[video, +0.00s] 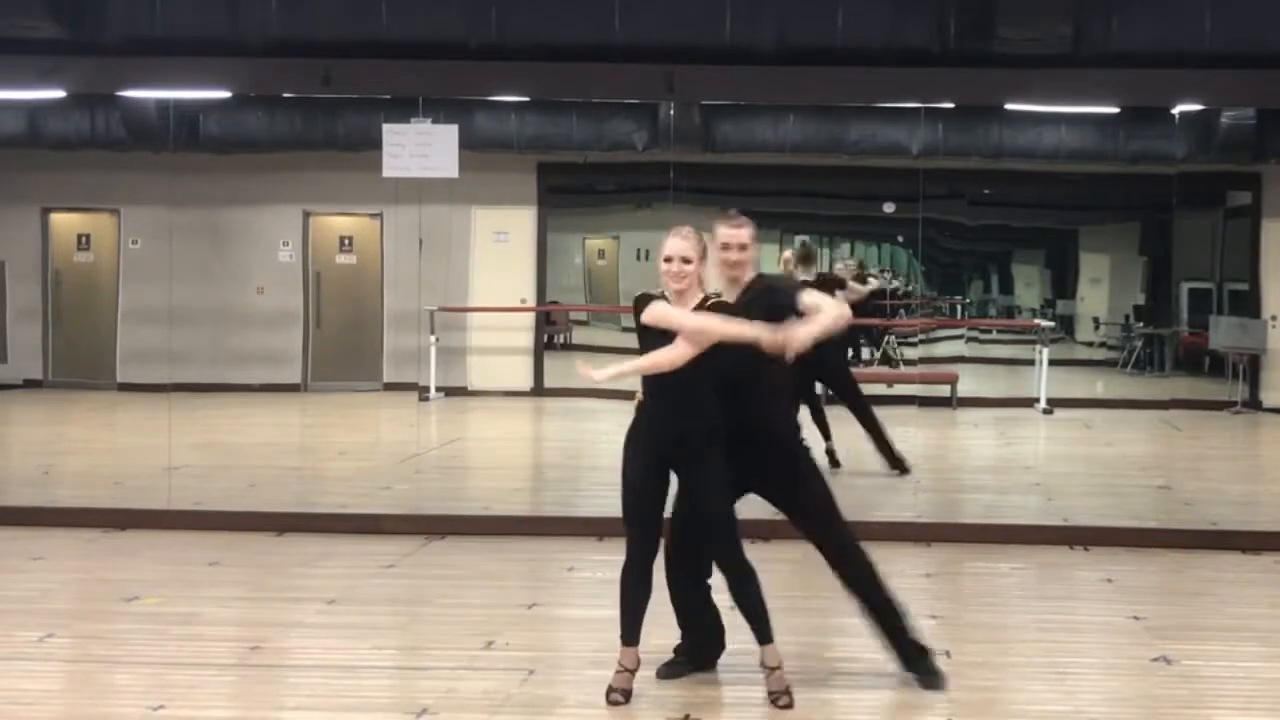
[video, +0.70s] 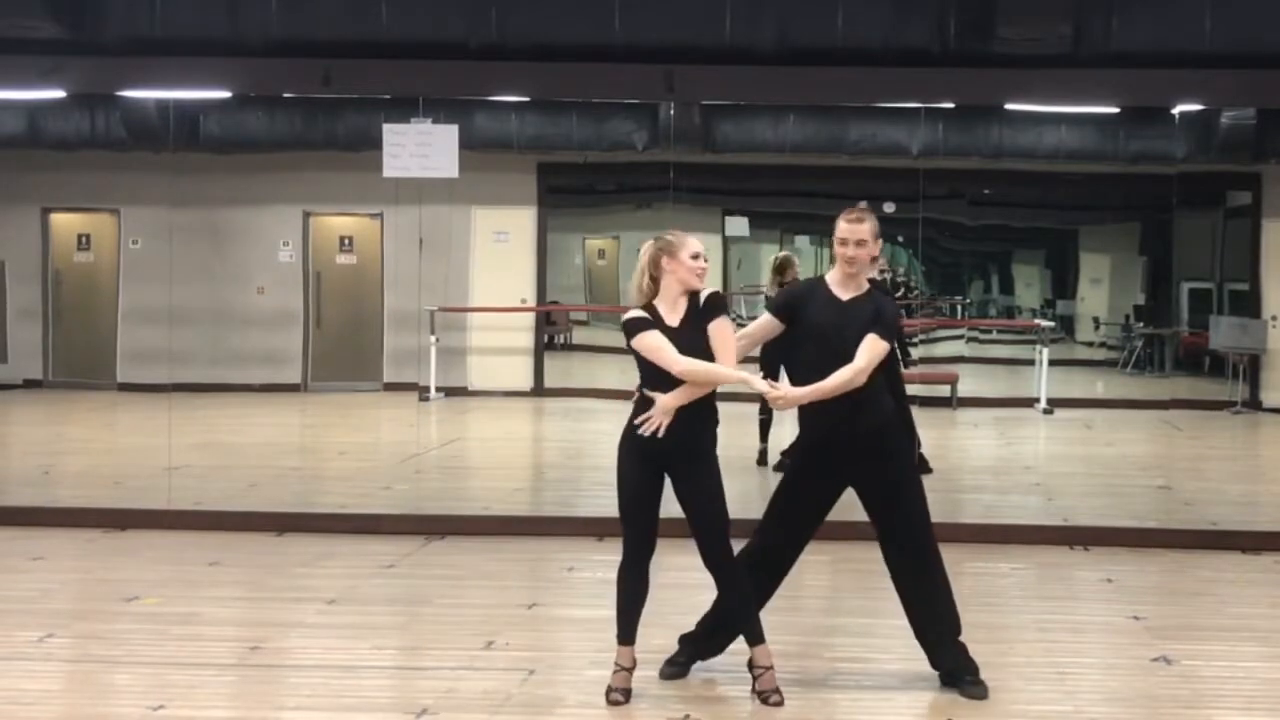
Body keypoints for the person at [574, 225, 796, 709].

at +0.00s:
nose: (676, 269)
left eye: (686, 261)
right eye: (669, 260)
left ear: (701, 265)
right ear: (658, 265)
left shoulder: (718, 312)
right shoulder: (646, 305)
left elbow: (677, 357)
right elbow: (690, 325)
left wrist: (612, 370)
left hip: (701, 444)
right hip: (648, 441)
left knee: (728, 553)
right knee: (640, 551)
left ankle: (770, 657)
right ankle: (627, 657)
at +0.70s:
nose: (704, 264)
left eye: (704, 257)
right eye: (695, 257)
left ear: (694, 268)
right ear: (664, 265)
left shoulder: (711, 304)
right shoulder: (636, 320)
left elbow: (724, 365)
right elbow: (678, 366)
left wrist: (672, 399)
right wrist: (748, 380)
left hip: (695, 443)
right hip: (642, 443)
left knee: (718, 554)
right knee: (636, 551)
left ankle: (760, 655)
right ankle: (624, 657)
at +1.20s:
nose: (680, 274)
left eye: (679, 267)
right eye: (674, 266)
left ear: (651, 270)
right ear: (646, 269)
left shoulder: (670, 318)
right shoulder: (620, 322)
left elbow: (687, 374)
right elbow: (656, 385)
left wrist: (693, 406)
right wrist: (733, 397)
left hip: (667, 450)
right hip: (621, 453)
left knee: (702, 554)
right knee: (627, 557)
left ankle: (738, 657)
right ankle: (613, 660)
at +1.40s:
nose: (680, 266)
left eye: (679, 258)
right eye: (675, 258)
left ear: (641, 262)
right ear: (652, 262)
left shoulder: (622, 309)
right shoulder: (660, 314)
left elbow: (595, 339)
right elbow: (710, 367)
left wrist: (629, 361)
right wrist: (776, 341)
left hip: (632, 440)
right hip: (640, 447)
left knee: (677, 538)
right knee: (637, 551)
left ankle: (633, 640)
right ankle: (601, 658)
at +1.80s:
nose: (694, 270)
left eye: (693, 262)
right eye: (689, 262)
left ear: (656, 268)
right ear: (666, 267)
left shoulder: (633, 313)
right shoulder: (674, 316)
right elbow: (731, 365)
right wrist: (787, 351)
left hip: (627, 440)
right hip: (668, 445)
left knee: (633, 545)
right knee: (660, 554)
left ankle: (608, 647)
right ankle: (628, 659)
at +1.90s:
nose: (691, 270)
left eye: (690, 263)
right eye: (684, 263)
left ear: (663, 269)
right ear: (656, 268)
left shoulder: (667, 306)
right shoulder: (659, 316)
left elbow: (725, 291)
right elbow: (722, 362)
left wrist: (730, 246)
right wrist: (783, 348)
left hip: (647, 438)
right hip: (640, 443)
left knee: (669, 537)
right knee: (648, 548)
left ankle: (620, 642)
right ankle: (615, 657)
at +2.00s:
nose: (665, 271)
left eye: (673, 263)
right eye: (656, 264)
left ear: (685, 267)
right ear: (641, 271)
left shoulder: (696, 303)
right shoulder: (640, 316)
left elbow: (741, 267)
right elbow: (684, 359)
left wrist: (771, 212)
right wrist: (751, 349)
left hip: (663, 441)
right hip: (626, 438)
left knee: (667, 541)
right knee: (608, 539)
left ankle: (634, 641)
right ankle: (587, 650)